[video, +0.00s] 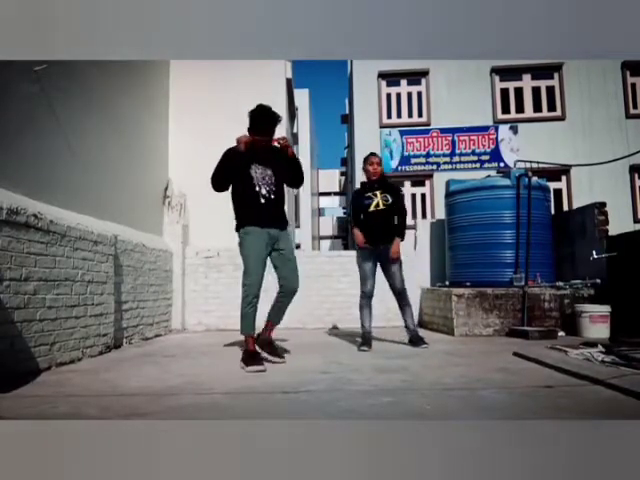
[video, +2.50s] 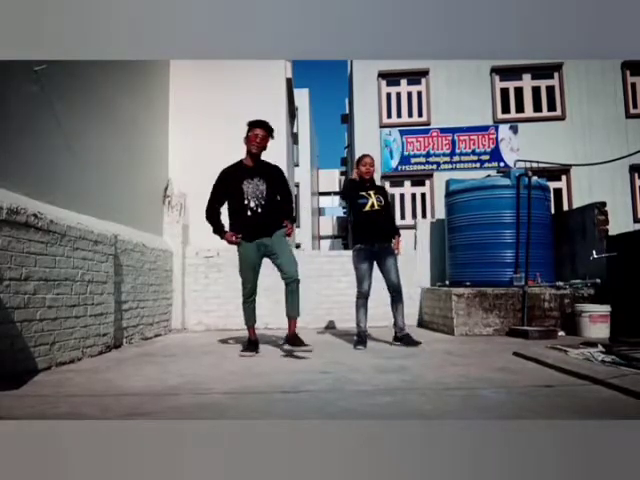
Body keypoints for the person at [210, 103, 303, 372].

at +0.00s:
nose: (267, 138)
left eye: (270, 134)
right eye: (265, 133)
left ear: (273, 132)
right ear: (256, 130)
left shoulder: (278, 154)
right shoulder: (235, 154)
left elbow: (296, 182)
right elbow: (218, 184)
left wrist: (290, 154)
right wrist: (239, 151)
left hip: (280, 230)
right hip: (253, 229)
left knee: (290, 286)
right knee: (252, 288)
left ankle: (266, 336)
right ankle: (249, 347)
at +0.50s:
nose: (269, 132)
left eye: (272, 128)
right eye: (266, 128)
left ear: (274, 127)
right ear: (254, 125)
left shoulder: (276, 150)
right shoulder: (236, 148)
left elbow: (296, 178)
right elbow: (216, 174)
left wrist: (291, 148)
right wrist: (237, 142)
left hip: (277, 225)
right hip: (249, 226)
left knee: (300, 278)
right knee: (249, 287)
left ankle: (288, 334)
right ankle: (249, 347)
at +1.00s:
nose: (274, 148)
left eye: (279, 143)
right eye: (270, 144)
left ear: (286, 142)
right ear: (263, 142)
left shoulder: (294, 165)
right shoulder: (253, 166)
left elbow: (313, 195)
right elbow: (226, 191)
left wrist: (299, 166)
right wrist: (244, 167)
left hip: (289, 236)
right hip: (260, 236)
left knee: (292, 292)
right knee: (256, 290)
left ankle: (285, 342)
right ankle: (253, 348)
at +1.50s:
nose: (285, 148)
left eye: (289, 143)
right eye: (280, 143)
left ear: (295, 145)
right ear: (273, 142)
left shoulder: (298, 176)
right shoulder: (254, 169)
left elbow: (308, 208)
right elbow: (232, 202)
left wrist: (307, 235)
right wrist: (233, 226)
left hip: (284, 237)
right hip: (254, 235)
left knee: (285, 287)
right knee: (239, 284)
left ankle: (284, 340)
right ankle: (248, 325)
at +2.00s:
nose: (246, 146)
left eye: (250, 142)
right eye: (242, 142)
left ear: (254, 144)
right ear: (233, 143)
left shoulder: (268, 167)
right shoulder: (227, 177)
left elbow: (291, 194)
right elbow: (221, 206)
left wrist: (290, 222)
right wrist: (223, 229)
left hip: (271, 232)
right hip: (244, 236)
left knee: (284, 281)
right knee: (240, 286)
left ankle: (295, 333)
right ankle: (249, 334)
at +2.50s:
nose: (257, 141)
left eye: (263, 138)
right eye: (254, 136)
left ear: (267, 143)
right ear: (246, 139)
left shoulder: (274, 172)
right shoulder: (230, 174)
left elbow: (287, 200)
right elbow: (212, 209)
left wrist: (289, 221)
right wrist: (223, 233)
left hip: (275, 236)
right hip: (247, 239)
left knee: (292, 277)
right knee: (249, 291)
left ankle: (292, 333)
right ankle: (252, 338)